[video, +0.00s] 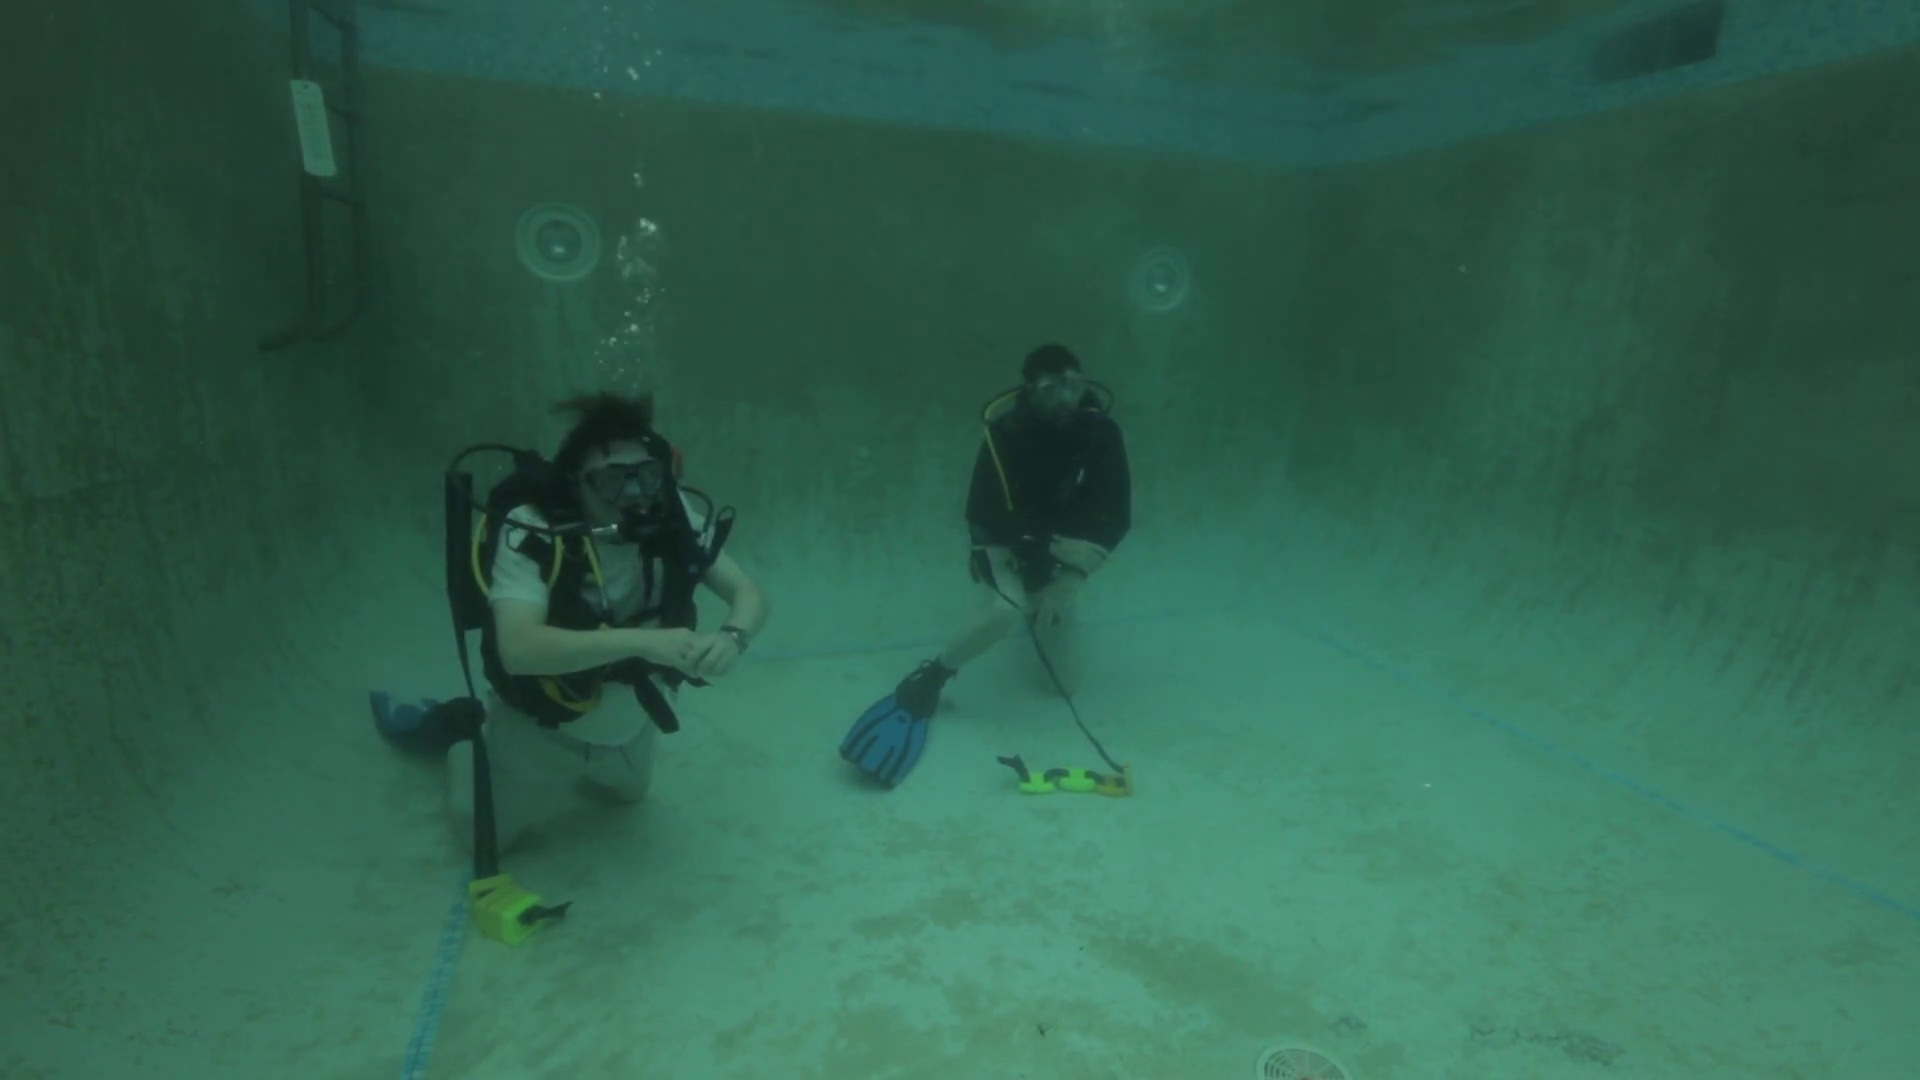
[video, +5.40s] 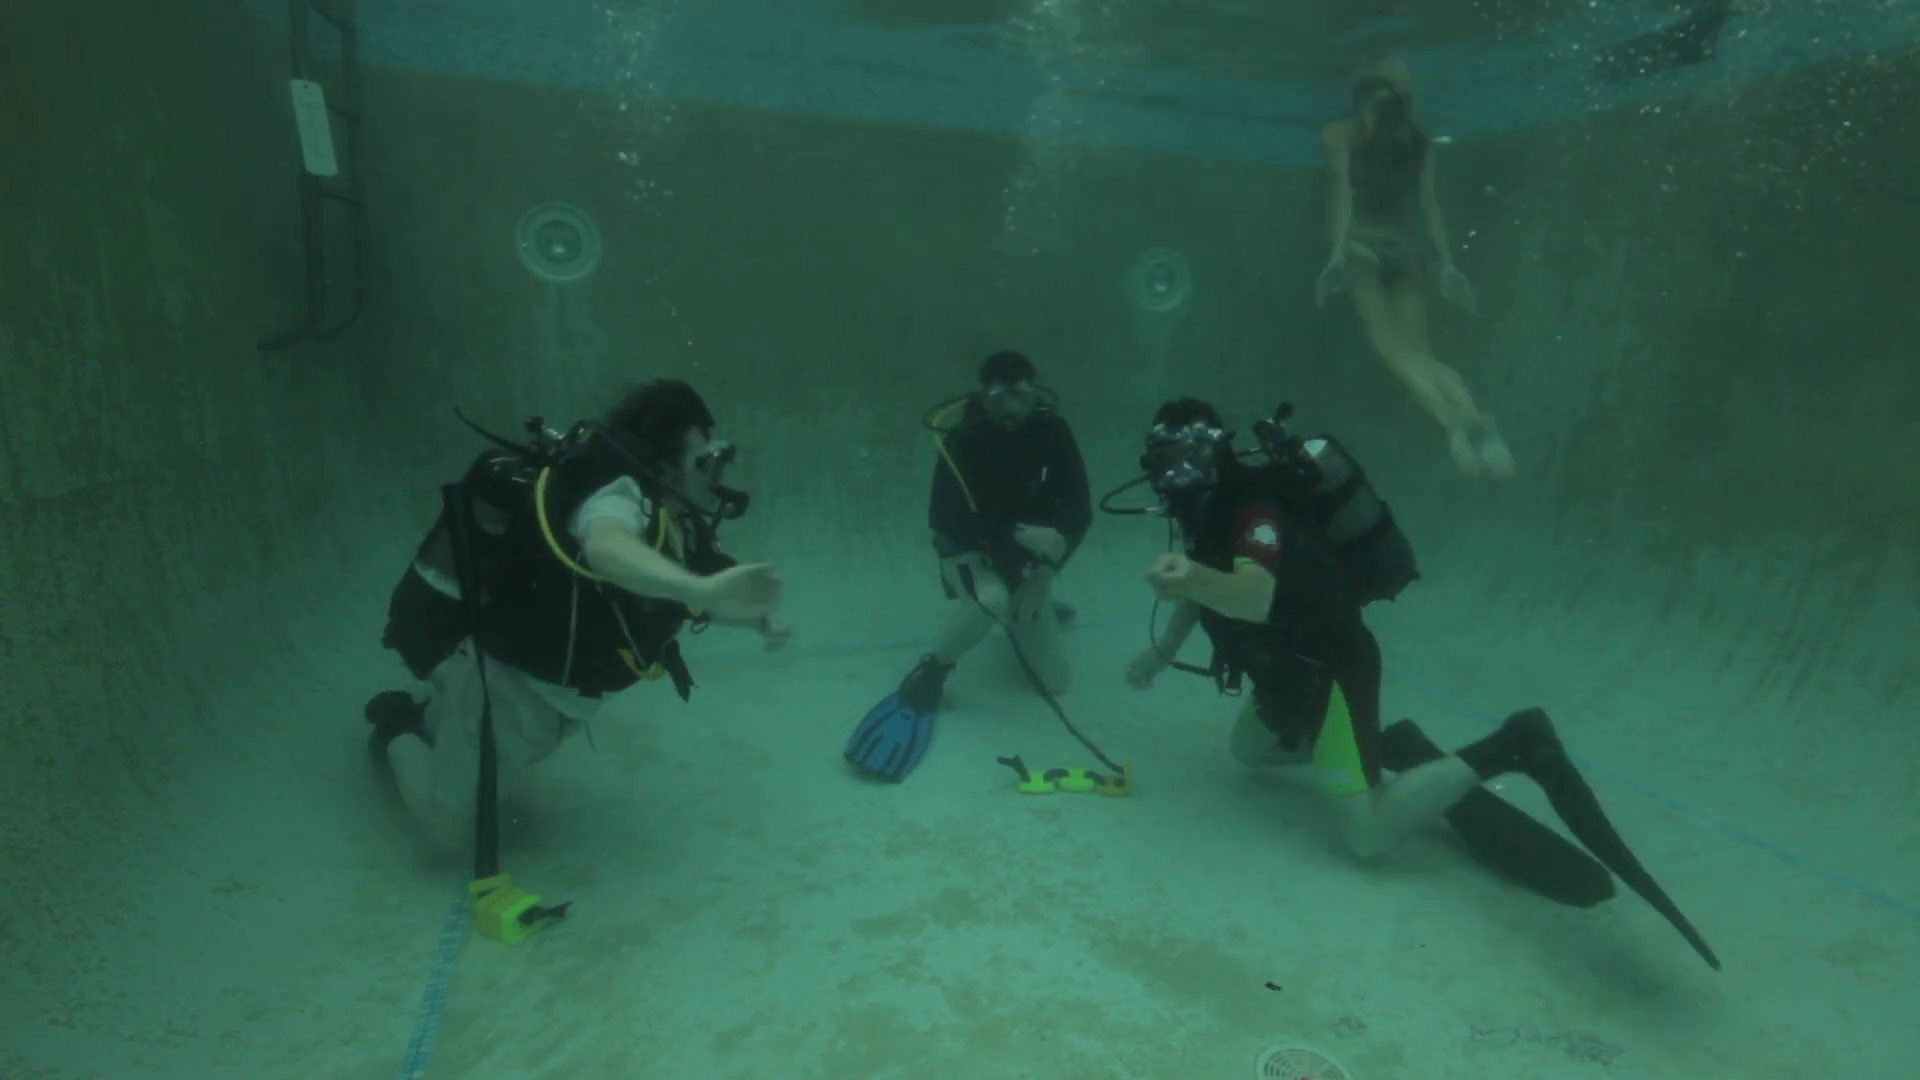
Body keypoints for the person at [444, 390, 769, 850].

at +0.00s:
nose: (632, 494)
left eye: (643, 478)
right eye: (612, 480)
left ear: (661, 476)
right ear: (577, 482)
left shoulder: (671, 518)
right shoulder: (531, 527)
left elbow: (748, 593)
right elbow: (517, 649)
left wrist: (733, 636)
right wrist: (647, 643)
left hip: (626, 708)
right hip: (538, 715)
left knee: (628, 785)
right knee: (486, 836)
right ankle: (462, 728)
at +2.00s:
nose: (649, 498)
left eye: (651, 479)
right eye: (629, 486)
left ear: (658, 470)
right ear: (576, 493)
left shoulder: (658, 512)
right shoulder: (520, 525)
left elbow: (741, 584)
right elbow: (513, 642)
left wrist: (727, 624)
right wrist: (636, 630)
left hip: (626, 712)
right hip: (537, 721)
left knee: (629, 786)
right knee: (492, 837)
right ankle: (466, 730)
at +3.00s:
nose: (635, 492)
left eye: (636, 472)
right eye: (614, 481)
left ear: (643, 462)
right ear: (562, 489)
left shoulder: (646, 512)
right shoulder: (506, 529)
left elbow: (719, 586)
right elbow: (552, 620)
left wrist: (727, 636)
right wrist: (660, 556)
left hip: (625, 711)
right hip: (538, 722)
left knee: (627, 786)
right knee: (503, 832)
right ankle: (461, 731)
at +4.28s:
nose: (675, 475)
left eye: (673, 461)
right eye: (662, 464)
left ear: (623, 470)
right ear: (616, 471)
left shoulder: (638, 510)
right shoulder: (533, 515)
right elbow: (608, 578)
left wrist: (716, 593)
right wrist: (734, 584)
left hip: (606, 701)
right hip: (520, 722)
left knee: (632, 762)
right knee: (495, 833)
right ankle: (455, 725)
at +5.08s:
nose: (706, 473)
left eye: (704, 459)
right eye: (695, 462)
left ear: (657, 467)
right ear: (651, 466)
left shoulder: (656, 520)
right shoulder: (590, 511)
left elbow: (679, 599)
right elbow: (685, 567)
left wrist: (749, 629)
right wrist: (798, 568)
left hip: (572, 695)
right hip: (505, 697)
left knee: (549, 753)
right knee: (469, 827)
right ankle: (417, 732)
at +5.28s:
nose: (711, 476)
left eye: (711, 462)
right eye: (700, 464)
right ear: (655, 463)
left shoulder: (664, 508)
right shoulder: (601, 499)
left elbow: (672, 597)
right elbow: (647, 556)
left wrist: (740, 624)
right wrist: (778, 580)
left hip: (573, 692)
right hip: (506, 689)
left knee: (528, 756)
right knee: (456, 829)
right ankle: (408, 736)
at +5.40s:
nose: (719, 475)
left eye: (719, 460)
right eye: (706, 463)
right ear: (661, 462)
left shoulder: (679, 515)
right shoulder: (617, 494)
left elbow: (695, 593)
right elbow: (604, 548)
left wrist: (756, 617)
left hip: (568, 689)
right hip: (505, 681)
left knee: (502, 758)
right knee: (451, 826)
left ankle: (427, 715)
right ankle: (396, 735)